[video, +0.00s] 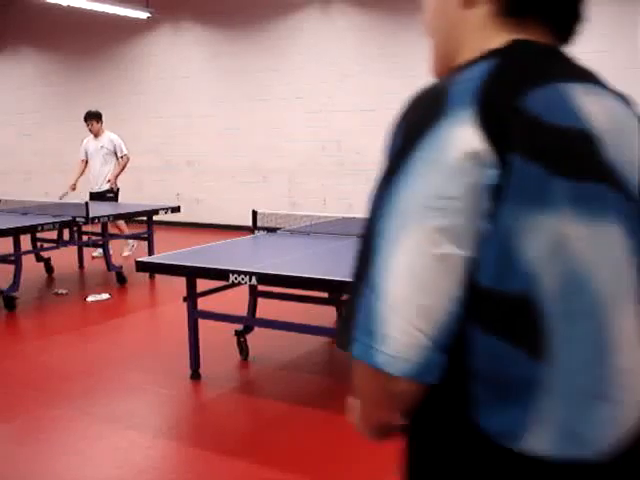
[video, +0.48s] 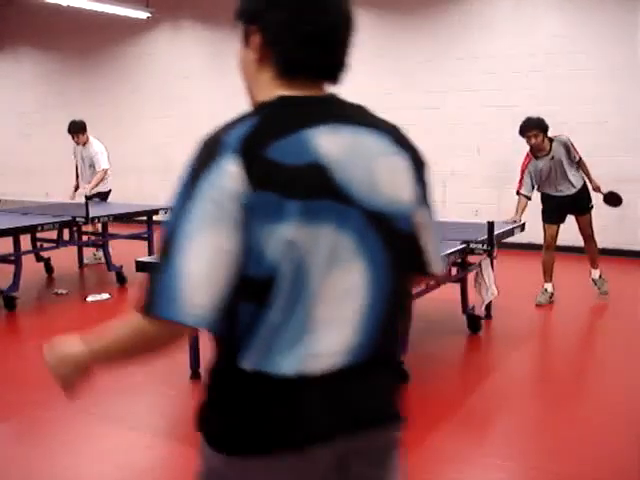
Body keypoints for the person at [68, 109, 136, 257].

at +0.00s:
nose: (89, 128)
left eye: (91, 125)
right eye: (87, 125)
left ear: (99, 123)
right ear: (87, 125)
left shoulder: (112, 139)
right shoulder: (87, 142)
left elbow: (124, 158)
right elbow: (83, 162)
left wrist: (114, 176)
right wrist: (75, 181)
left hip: (109, 187)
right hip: (94, 189)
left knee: (114, 217)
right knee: (101, 220)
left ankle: (129, 240)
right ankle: (103, 245)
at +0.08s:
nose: (88, 128)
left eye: (90, 125)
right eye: (86, 125)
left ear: (99, 123)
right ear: (86, 126)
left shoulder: (111, 139)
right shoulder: (86, 142)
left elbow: (123, 158)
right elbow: (82, 162)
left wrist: (113, 177)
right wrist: (72, 180)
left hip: (108, 187)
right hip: (93, 189)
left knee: (112, 217)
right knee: (99, 220)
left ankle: (126, 242)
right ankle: (102, 245)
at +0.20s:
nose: (85, 130)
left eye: (87, 126)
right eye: (83, 127)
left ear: (95, 124)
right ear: (81, 127)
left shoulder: (107, 140)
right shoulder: (83, 142)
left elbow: (118, 160)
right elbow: (77, 161)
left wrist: (106, 178)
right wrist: (67, 176)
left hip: (104, 188)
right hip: (90, 189)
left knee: (106, 221)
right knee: (99, 221)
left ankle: (106, 247)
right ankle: (104, 247)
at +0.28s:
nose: (81, 133)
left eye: (83, 129)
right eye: (79, 130)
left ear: (91, 127)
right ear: (78, 130)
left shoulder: (104, 143)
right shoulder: (80, 143)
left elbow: (111, 164)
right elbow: (76, 163)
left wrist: (97, 180)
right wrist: (66, 179)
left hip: (103, 186)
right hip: (89, 186)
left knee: (103, 220)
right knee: (94, 220)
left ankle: (104, 248)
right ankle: (99, 247)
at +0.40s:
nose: (78, 136)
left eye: (80, 132)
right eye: (76, 133)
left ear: (88, 129)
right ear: (75, 132)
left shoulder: (100, 145)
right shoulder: (78, 145)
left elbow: (107, 168)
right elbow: (76, 164)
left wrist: (93, 183)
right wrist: (70, 182)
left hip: (101, 187)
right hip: (88, 187)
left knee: (97, 222)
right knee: (93, 222)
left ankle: (100, 250)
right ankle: (99, 249)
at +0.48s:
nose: (75, 140)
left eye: (78, 136)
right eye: (73, 137)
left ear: (85, 133)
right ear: (71, 136)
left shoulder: (96, 148)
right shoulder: (77, 146)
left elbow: (103, 170)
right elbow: (78, 166)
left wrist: (90, 186)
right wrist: (76, 184)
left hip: (101, 189)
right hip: (89, 189)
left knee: (97, 222)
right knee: (94, 222)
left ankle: (100, 251)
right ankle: (98, 250)